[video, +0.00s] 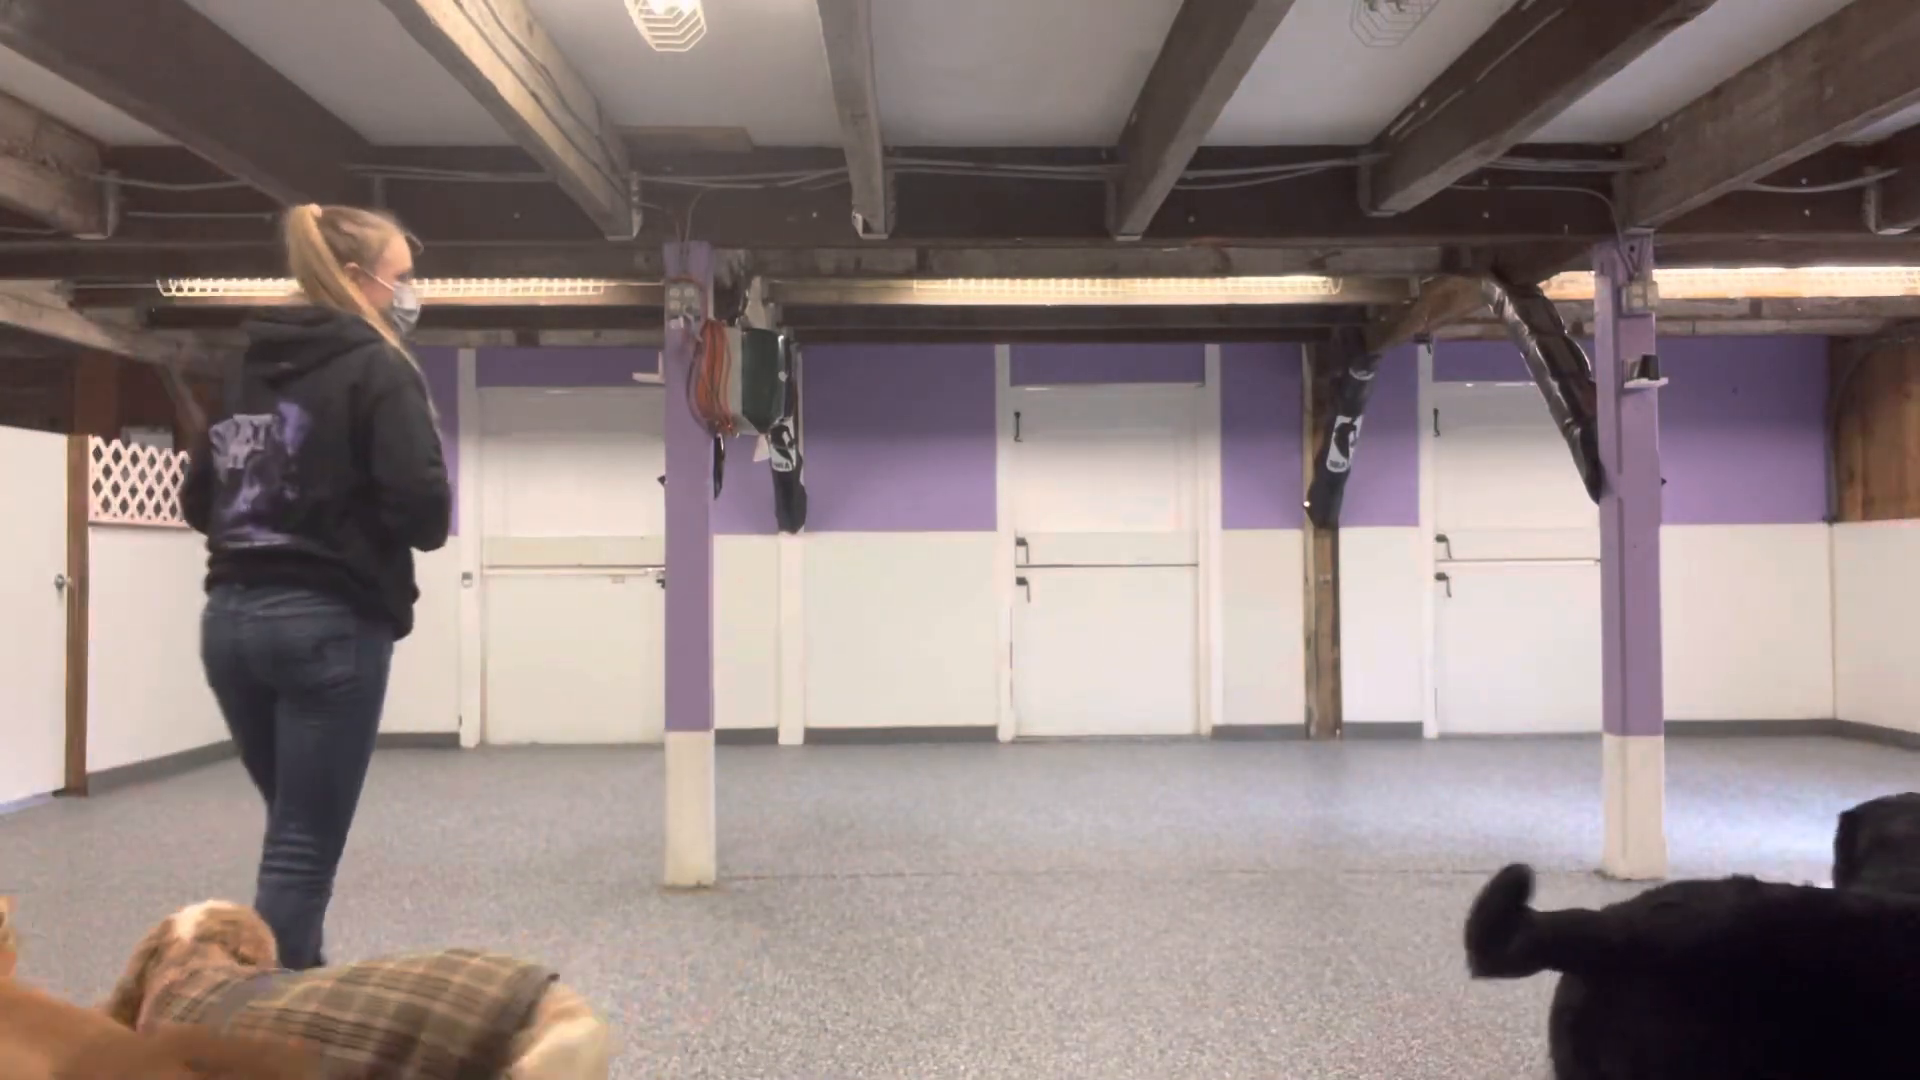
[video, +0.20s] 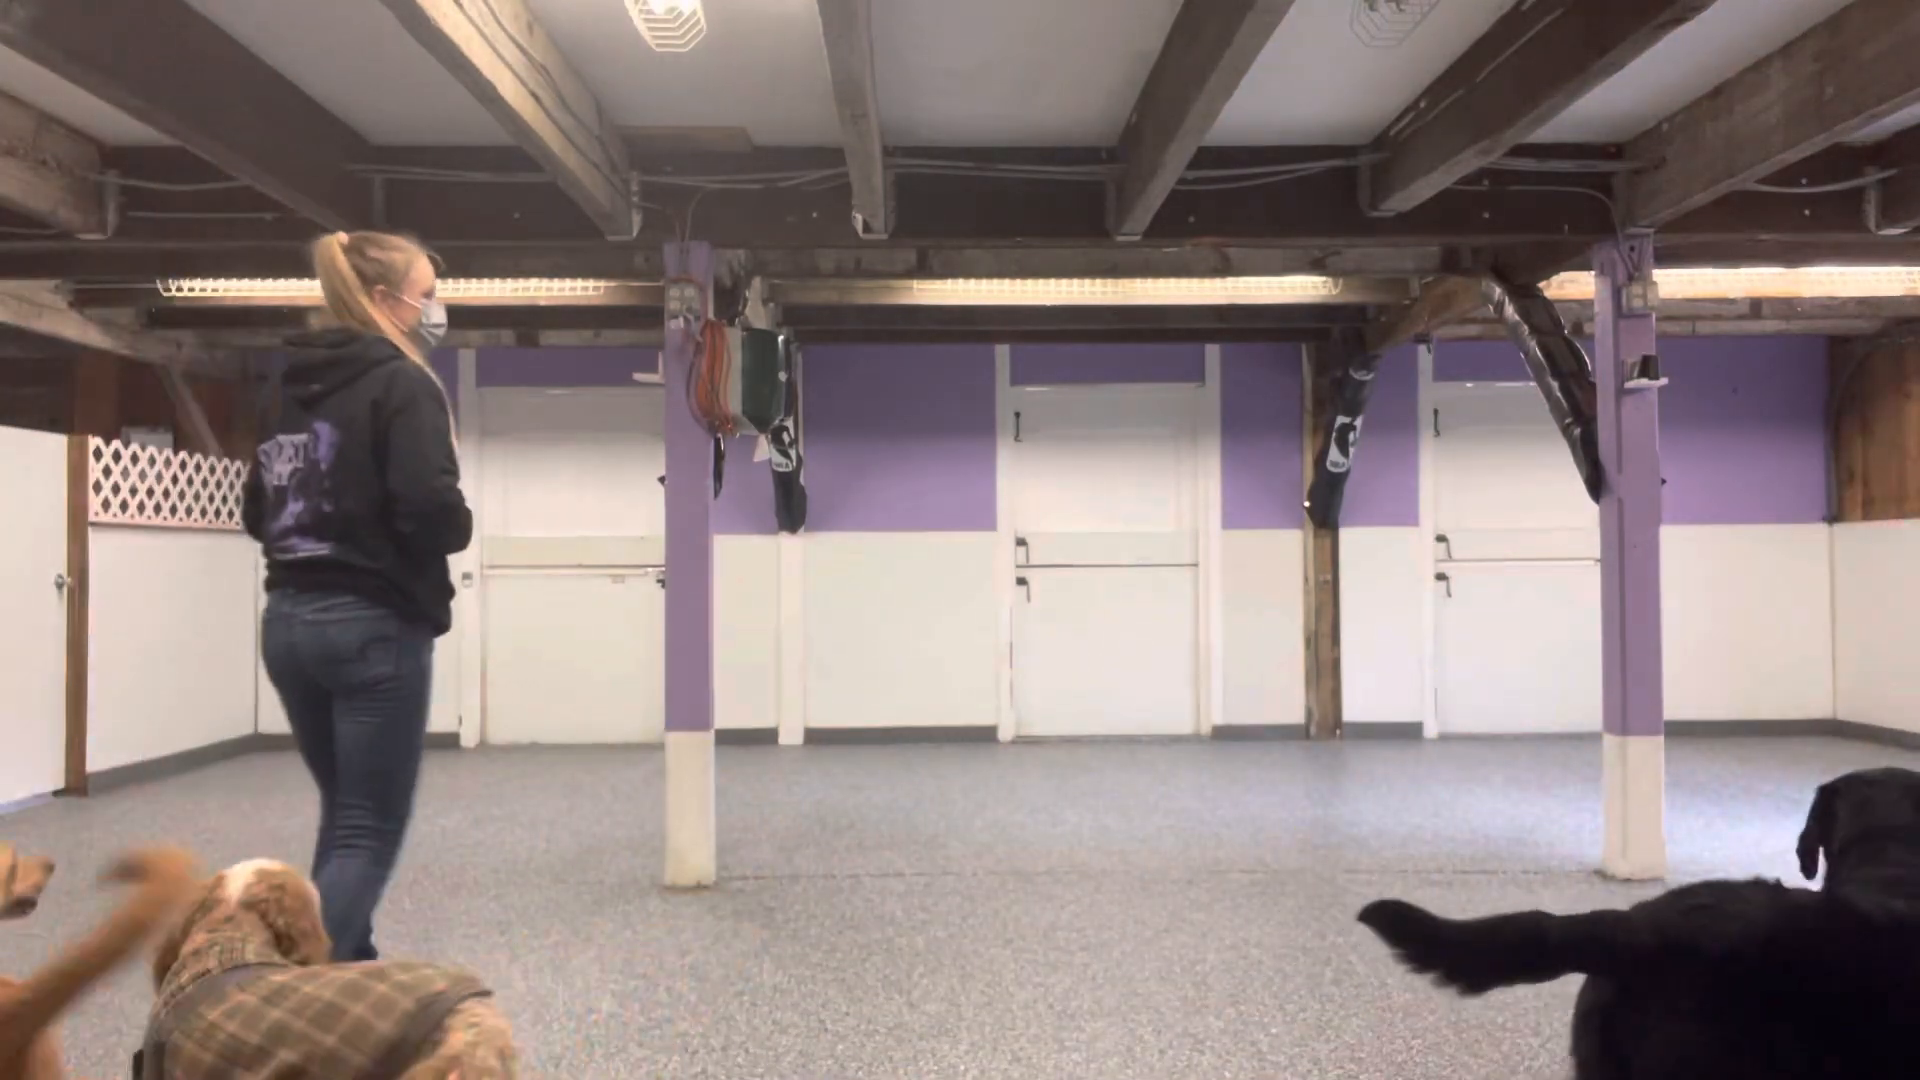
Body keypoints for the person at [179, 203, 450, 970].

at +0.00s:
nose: (410, 294)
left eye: (410, 278)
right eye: (401, 278)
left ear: (332, 277)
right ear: (357, 278)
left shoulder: (253, 362)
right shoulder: (380, 366)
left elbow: (199, 496)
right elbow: (425, 515)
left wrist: (270, 524)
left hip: (230, 622)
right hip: (330, 625)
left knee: (295, 835)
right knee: (301, 855)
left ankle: (304, 1013)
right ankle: (255, 1036)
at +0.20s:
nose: (433, 312)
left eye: (433, 297)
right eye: (425, 297)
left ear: (364, 300)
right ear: (386, 300)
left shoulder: (297, 382)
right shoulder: (405, 383)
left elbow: (259, 511)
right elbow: (429, 508)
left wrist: (323, 538)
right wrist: (457, 523)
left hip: (289, 621)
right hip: (373, 625)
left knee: (342, 818)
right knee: (369, 833)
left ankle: (356, 986)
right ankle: (310, 988)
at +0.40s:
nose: (494, 308)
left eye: (488, 294)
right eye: (482, 297)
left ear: (428, 314)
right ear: (444, 312)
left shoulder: (374, 380)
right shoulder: (442, 384)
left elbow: (367, 498)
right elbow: (437, 495)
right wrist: (501, 525)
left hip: (351, 610)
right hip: (419, 616)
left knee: (392, 792)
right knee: (498, 781)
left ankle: (351, 955)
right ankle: (425, 961)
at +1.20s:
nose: (687, 358)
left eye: (686, 346)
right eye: (682, 346)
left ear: (627, 347)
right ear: (654, 348)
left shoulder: (582, 412)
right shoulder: (654, 413)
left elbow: (576, 509)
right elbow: (654, 511)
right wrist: (692, 530)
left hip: (558, 596)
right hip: (617, 603)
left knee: (592, 759)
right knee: (637, 766)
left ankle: (568, 920)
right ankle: (621, 934)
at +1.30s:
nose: (688, 359)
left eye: (687, 347)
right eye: (683, 347)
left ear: (632, 349)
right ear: (655, 350)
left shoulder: (592, 410)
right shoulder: (652, 414)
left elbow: (582, 509)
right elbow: (648, 513)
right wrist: (693, 529)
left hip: (566, 594)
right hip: (619, 602)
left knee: (596, 758)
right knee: (638, 766)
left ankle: (582, 914)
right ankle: (622, 934)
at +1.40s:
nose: (685, 359)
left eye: (685, 348)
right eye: (681, 349)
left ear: (629, 347)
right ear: (652, 348)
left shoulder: (596, 409)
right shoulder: (646, 413)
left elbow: (588, 510)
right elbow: (639, 511)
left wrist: (664, 517)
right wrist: (695, 528)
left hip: (571, 595)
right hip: (619, 602)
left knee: (598, 759)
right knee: (639, 766)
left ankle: (579, 917)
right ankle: (621, 932)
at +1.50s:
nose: (683, 355)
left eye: (682, 344)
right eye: (678, 344)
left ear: (631, 345)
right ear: (648, 346)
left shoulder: (601, 406)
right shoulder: (637, 412)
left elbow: (600, 511)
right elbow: (625, 509)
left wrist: (663, 524)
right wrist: (691, 524)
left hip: (576, 593)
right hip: (618, 601)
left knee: (598, 758)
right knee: (638, 765)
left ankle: (573, 921)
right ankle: (615, 931)